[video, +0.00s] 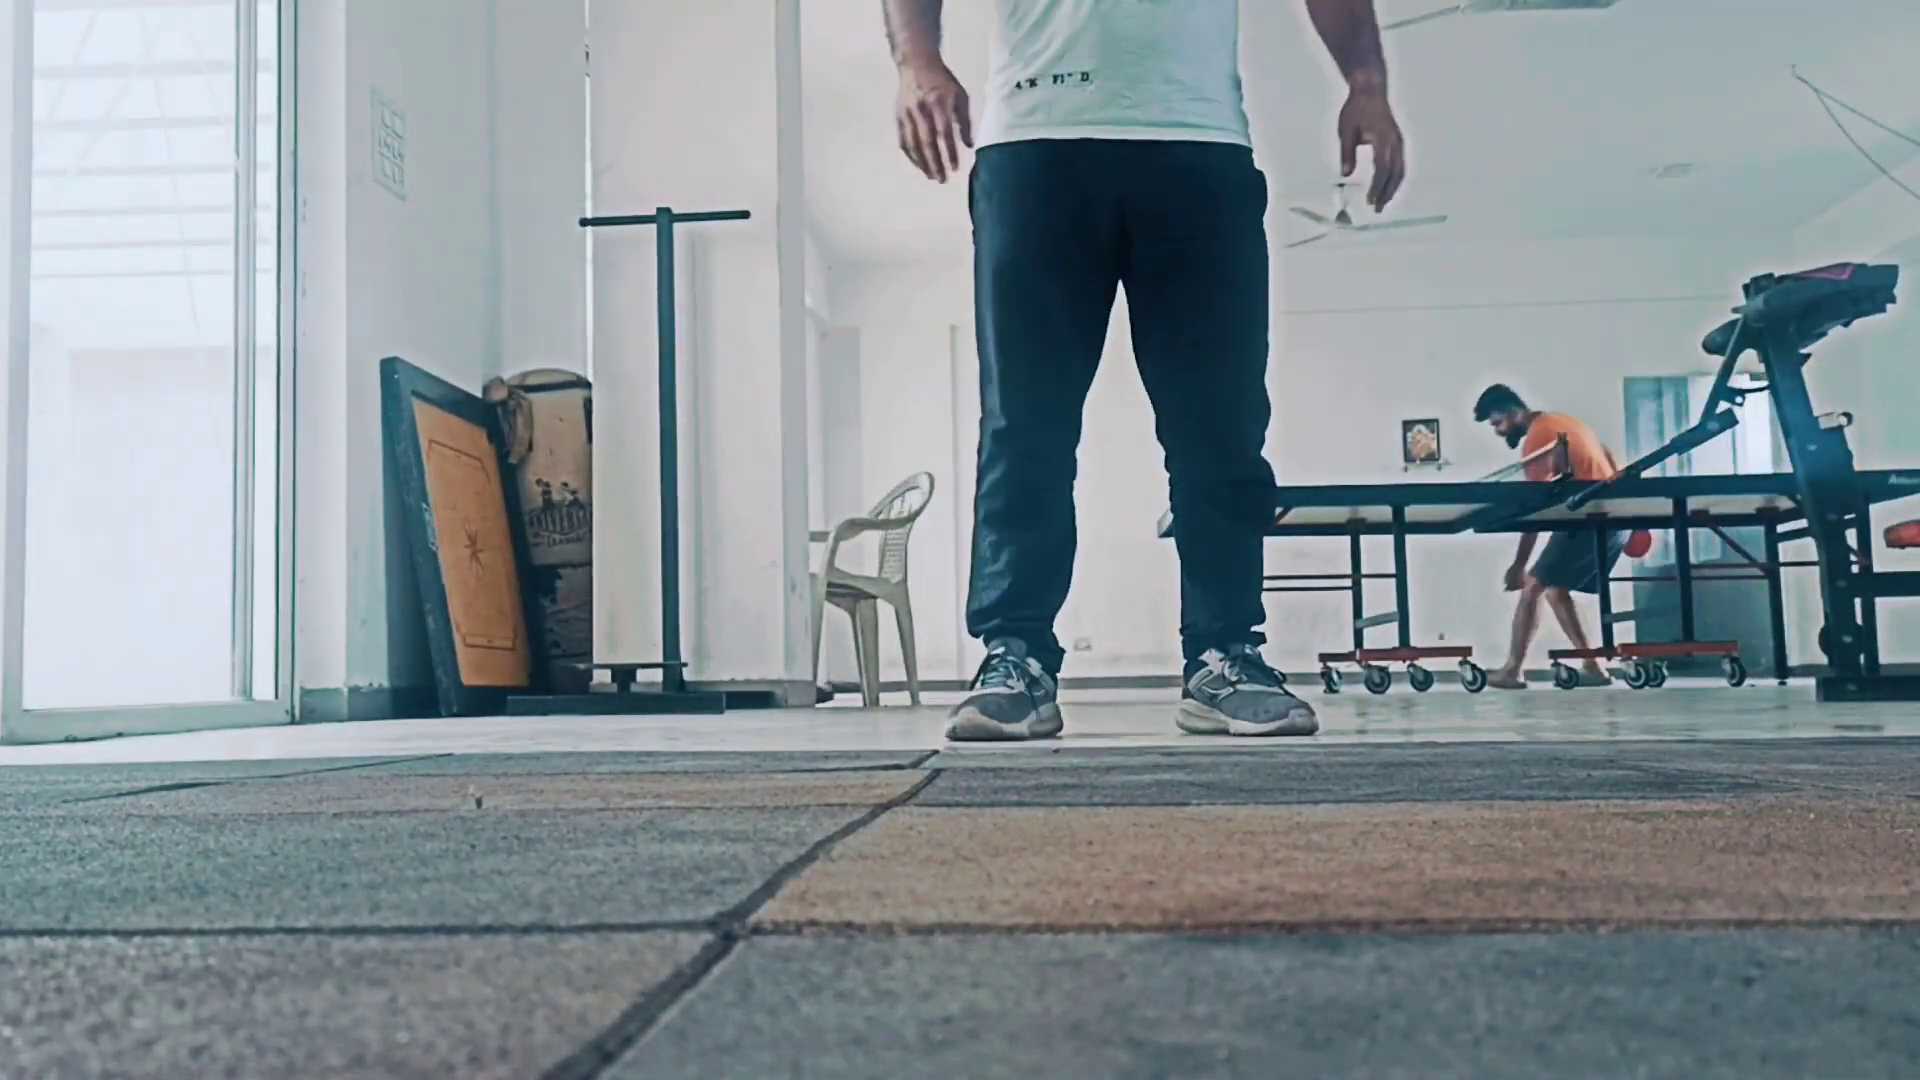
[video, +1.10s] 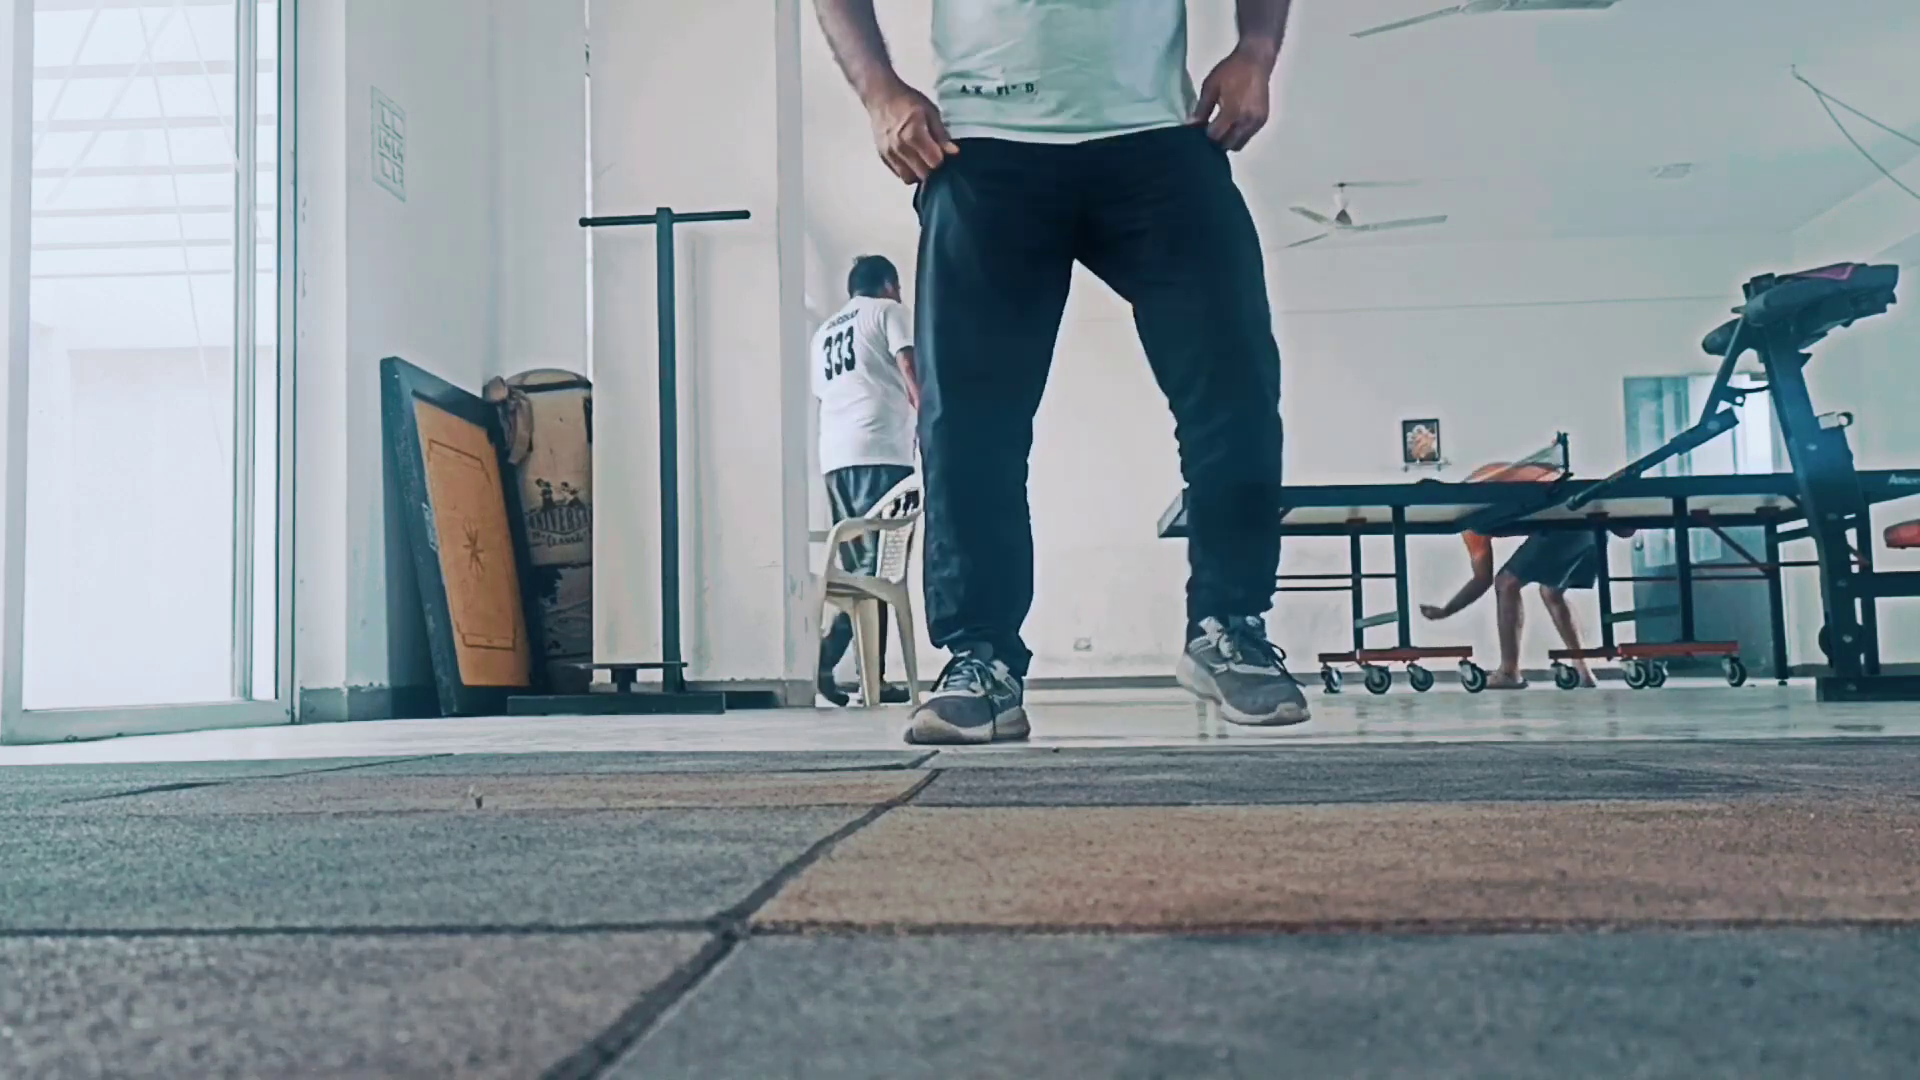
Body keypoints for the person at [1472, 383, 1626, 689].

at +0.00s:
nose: (1497, 431)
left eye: (1497, 422)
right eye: (1493, 425)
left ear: (1512, 412)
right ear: (1519, 409)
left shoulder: (1537, 436)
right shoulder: (1565, 423)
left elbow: (1536, 508)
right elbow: (1610, 461)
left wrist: (1518, 564)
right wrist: (1631, 518)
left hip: (1583, 522)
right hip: (1610, 519)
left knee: (1531, 588)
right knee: (1556, 590)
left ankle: (1511, 670)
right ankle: (1592, 666)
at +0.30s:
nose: (1451, 475)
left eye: (1449, 467)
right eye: (1445, 470)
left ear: (1461, 453)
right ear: (1468, 447)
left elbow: (1484, 543)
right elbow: (1570, 451)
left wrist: (1473, 601)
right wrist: (1609, 478)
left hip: (1567, 523)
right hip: (1593, 517)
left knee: (1507, 582)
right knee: (1545, 594)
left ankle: (1510, 671)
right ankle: (1582, 668)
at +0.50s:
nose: (1444, 502)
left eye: (1440, 495)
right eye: (1438, 497)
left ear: (1448, 484)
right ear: (1454, 473)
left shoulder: (1478, 488)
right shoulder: (1480, 494)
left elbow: (1481, 563)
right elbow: (1482, 563)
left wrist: (1467, 620)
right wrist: (1468, 620)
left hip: (1568, 519)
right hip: (1590, 516)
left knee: (1511, 581)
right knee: (1553, 592)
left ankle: (1511, 671)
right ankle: (1582, 671)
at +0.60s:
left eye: (1433, 504)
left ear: (1443, 497)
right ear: (1449, 488)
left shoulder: (1476, 506)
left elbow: (1479, 575)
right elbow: (1478, 575)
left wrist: (1462, 631)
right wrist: (1463, 632)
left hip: (1570, 525)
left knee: (1510, 581)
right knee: (1553, 592)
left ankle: (1511, 671)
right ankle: (1582, 671)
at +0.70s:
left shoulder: (1476, 523)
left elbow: (1476, 585)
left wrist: (1461, 639)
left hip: (1567, 529)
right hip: (1597, 525)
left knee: (1507, 581)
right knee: (1552, 594)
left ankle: (1510, 671)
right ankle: (1582, 670)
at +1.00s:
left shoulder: (1472, 530)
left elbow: (1481, 588)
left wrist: (1452, 638)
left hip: (1563, 532)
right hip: (1589, 529)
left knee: (1502, 583)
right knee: (1550, 594)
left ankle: (1509, 671)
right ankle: (1583, 672)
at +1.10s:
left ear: (1439, 499)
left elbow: (1482, 579)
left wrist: (1445, 611)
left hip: (1562, 522)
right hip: (1586, 518)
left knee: (1506, 583)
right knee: (1551, 592)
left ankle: (1509, 672)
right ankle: (1583, 671)